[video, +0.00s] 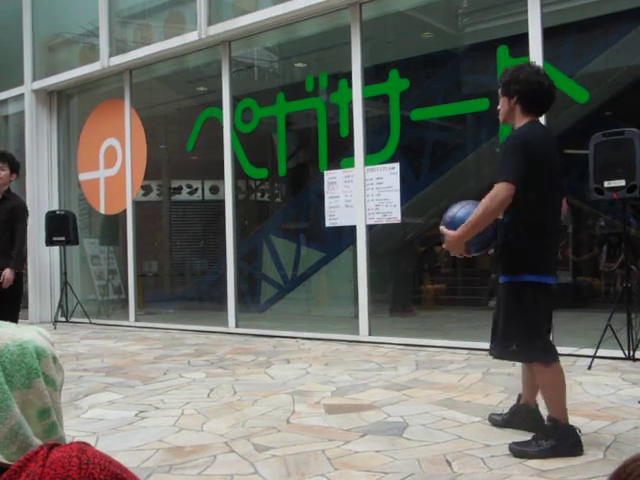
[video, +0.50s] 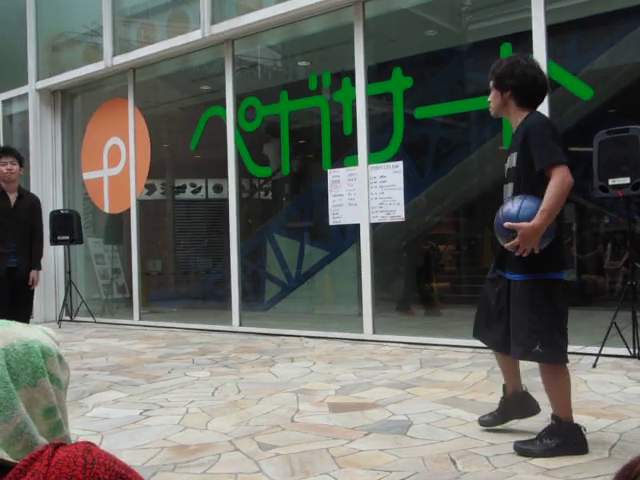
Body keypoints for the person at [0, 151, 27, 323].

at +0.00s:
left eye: (3, 169)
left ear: (12, 175)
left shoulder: (16, 204)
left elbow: (19, 241)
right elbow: (20, 241)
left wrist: (12, 268)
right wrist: (10, 268)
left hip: (7, 273)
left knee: (7, 324)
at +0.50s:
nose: (9, 168)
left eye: (13, 164)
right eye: (4, 164)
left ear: (21, 169)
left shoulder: (31, 201)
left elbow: (37, 237)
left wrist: (35, 267)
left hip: (22, 270)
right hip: (2, 271)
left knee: (20, 322)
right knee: (3, 321)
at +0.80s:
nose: (44, 171)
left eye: (46, 166)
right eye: (39, 167)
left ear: (49, 169)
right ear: (25, 172)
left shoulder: (51, 202)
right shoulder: (13, 201)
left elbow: (61, 235)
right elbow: (4, 234)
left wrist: (70, 260)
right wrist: (3, 260)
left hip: (45, 272)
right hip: (19, 272)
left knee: (54, 320)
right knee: (21, 321)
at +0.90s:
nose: (59, 172)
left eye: (60, 168)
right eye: (54, 168)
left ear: (61, 171)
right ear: (39, 172)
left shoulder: (59, 203)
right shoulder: (30, 200)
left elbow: (66, 237)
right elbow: (19, 230)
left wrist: (77, 262)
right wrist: (24, 258)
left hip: (53, 273)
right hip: (31, 274)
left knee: (69, 320)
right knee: (30, 324)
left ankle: (65, 367)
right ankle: (31, 369)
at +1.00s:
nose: (74, 174)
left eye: (74, 169)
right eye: (69, 169)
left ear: (72, 172)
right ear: (54, 173)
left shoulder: (66, 200)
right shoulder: (48, 198)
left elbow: (73, 237)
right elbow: (46, 233)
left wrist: (81, 266)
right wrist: (57, 260)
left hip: (57, 267)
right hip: (49, 268)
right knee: (74, 313)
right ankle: (89, 357)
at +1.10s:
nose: (89, 177)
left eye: (89, 173)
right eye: (85, 172)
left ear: (77, 177)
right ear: (70, 175)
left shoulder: (75, 201)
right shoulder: (66, 200)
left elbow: (78, 238)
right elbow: (71, 234)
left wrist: (85, 276)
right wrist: (84, 261)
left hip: (65, 270)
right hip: (63, 270)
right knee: (86, 316)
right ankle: (103, 361)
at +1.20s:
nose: (107, 179)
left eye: (107, 175)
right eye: (103, 174)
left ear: (92, 177)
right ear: (89, 176)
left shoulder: (89, 201)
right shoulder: (85, 201)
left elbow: (95, 239)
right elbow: (93, 233)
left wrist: (102, 277)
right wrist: (108, 257)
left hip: (75, 273)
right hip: (81, 274)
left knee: (63, 323)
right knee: (97, 320)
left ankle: (49, 365)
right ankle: (112, 364)